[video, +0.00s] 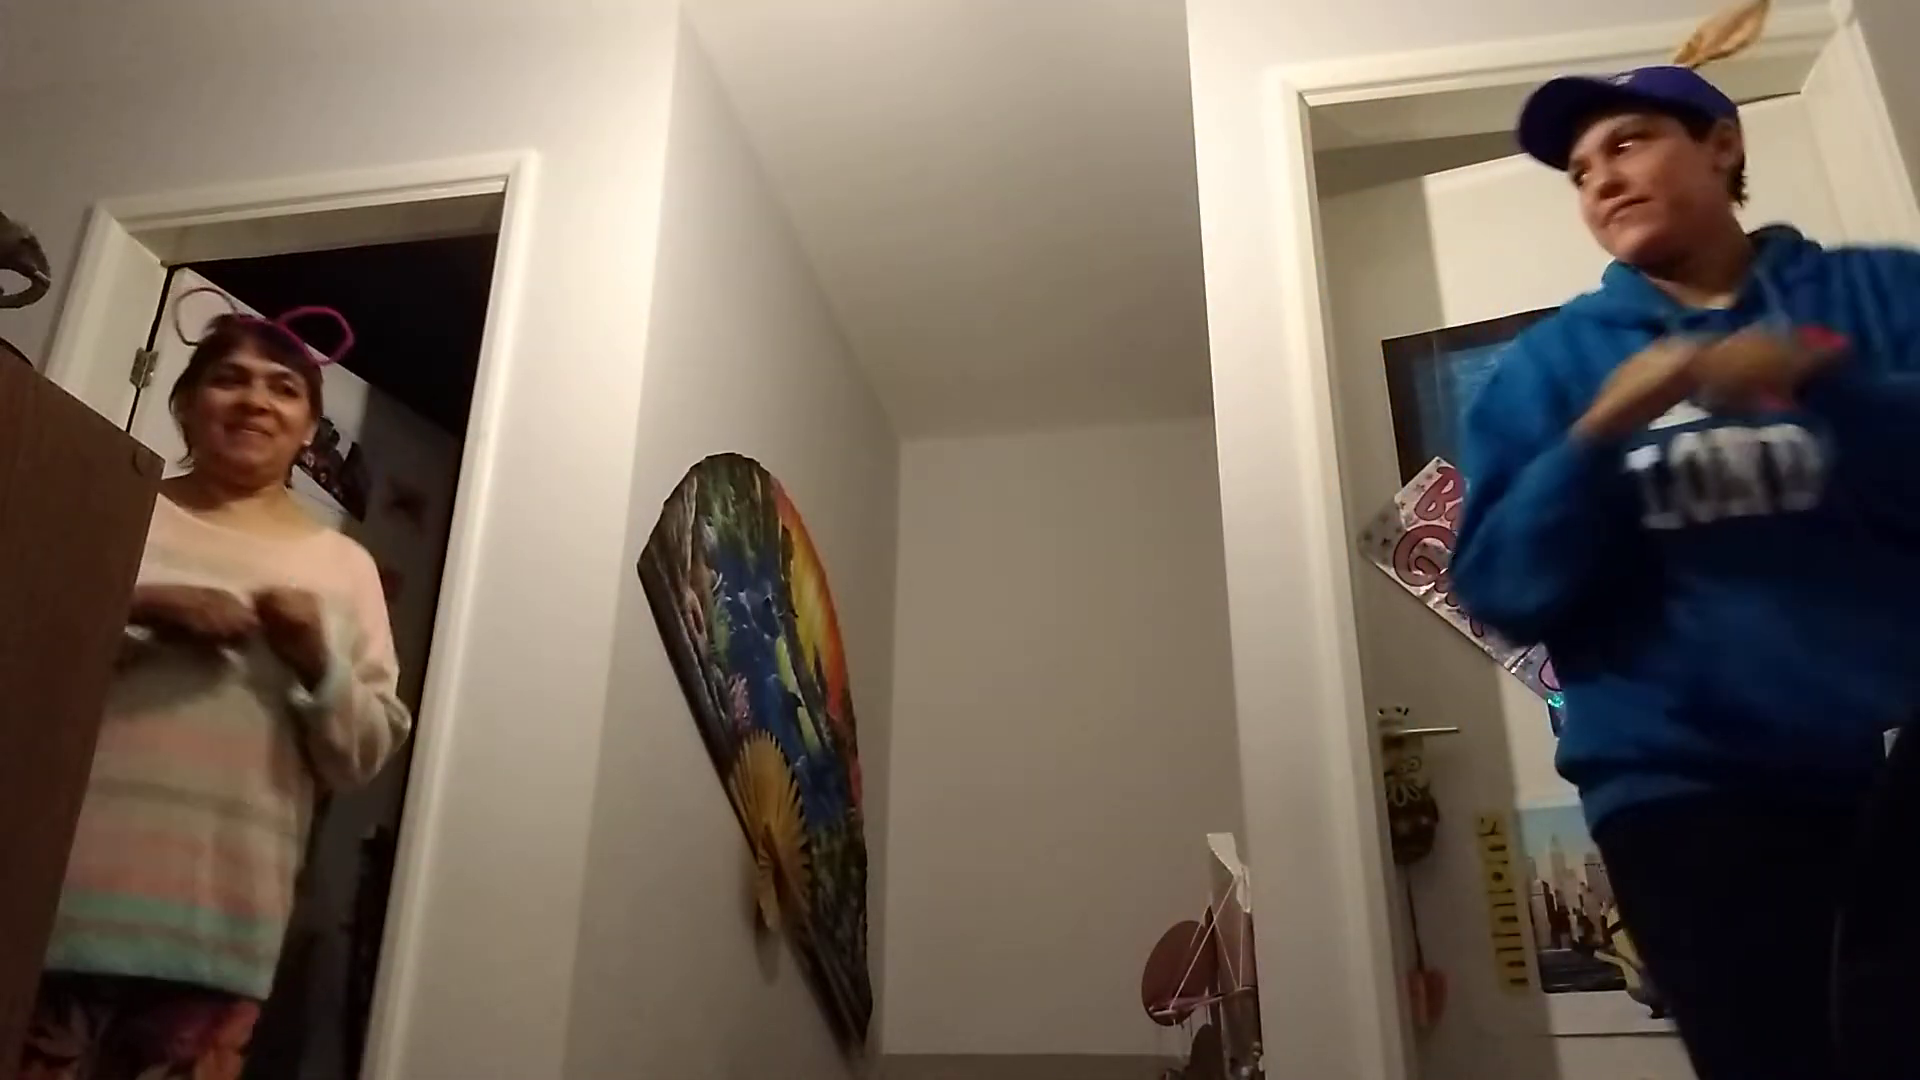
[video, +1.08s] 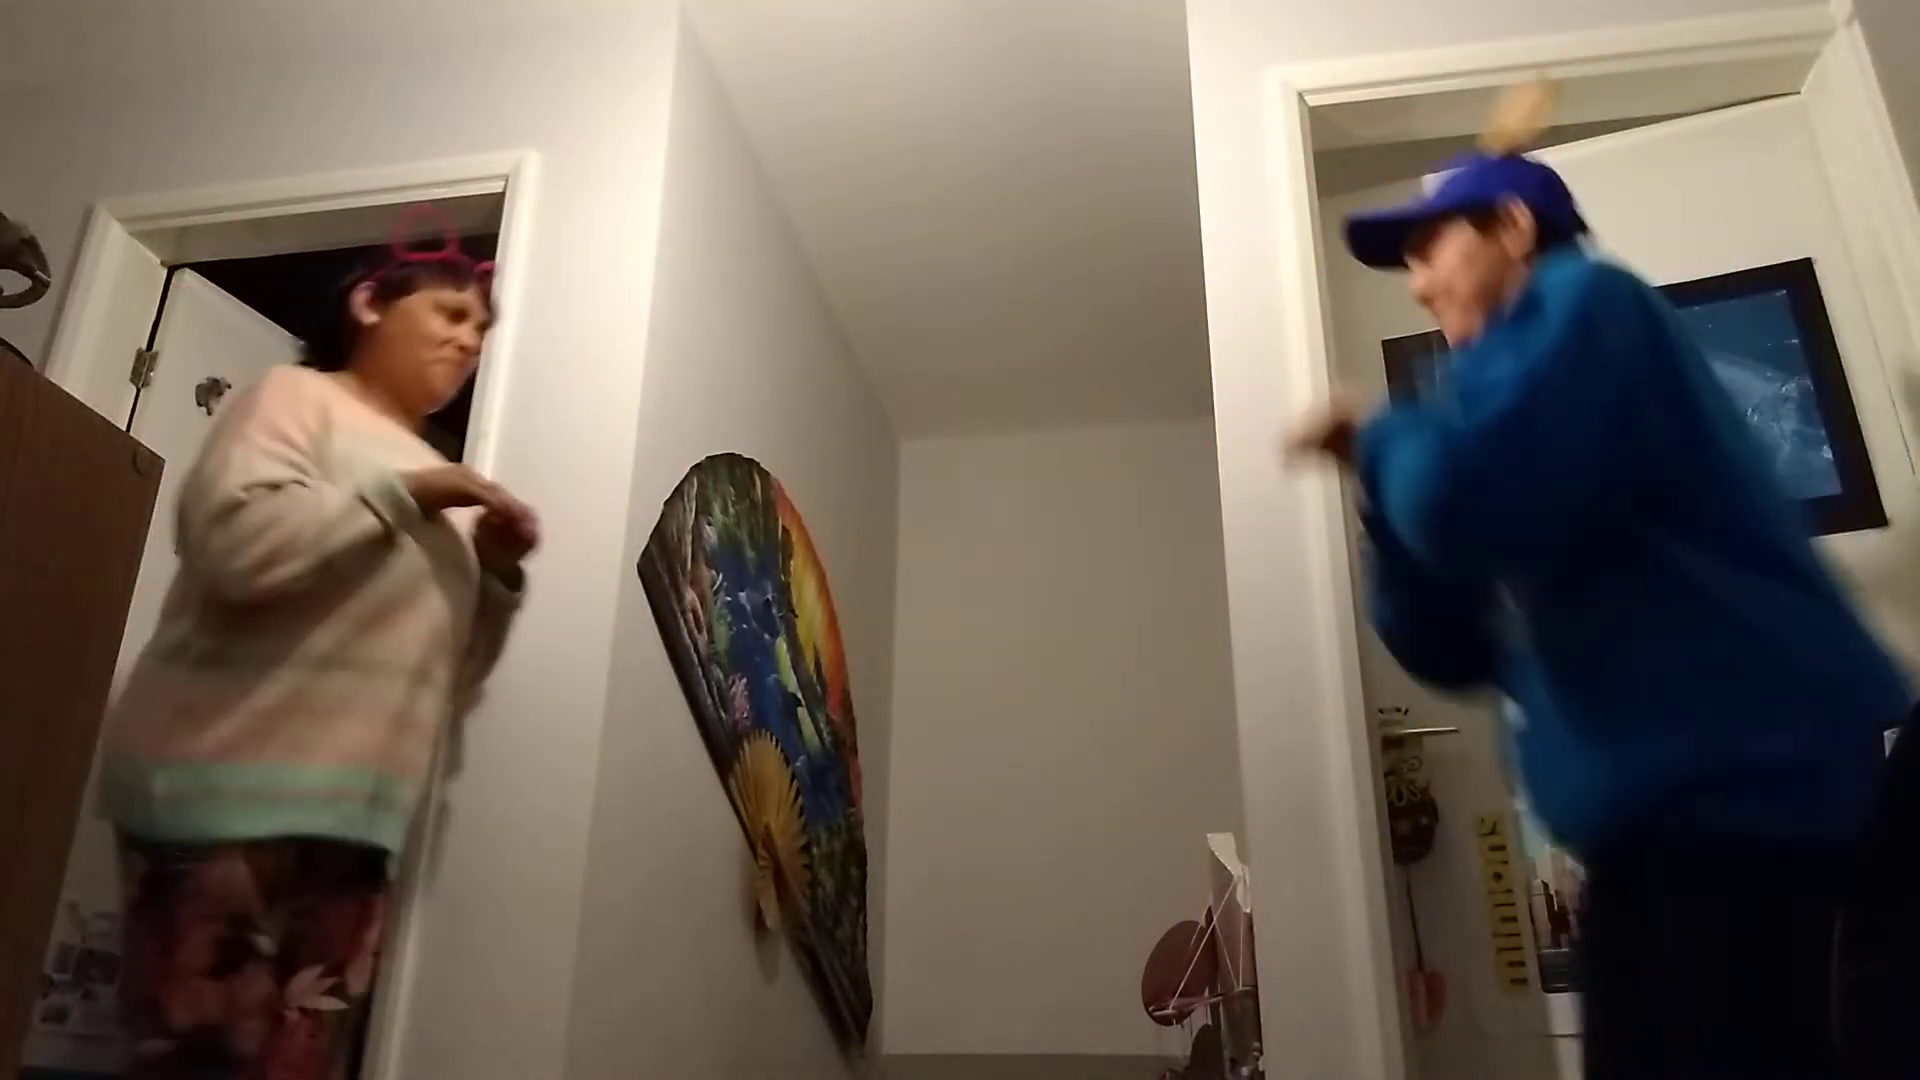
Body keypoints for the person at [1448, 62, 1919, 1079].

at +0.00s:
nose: (1601, 175)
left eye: (1629, 142)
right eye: (1582, 169)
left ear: (1721, 148)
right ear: (1580, 209)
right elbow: (1499, 589)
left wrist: (1819, 379)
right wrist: (1598, 429)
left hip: (1887, 761)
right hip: (1682, 793)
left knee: (1890, 1043)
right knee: (1768, 1055)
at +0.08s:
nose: (1576, 188)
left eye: (1603, 151)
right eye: (1561, 178)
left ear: (1701, 147)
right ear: (1562, 213)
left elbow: (1913, 429)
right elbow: (1505, 626)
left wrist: (1750, 400)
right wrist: (1535, 500)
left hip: (1884, 752)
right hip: (1682, 789)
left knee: (1889, 1037)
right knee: (1763, 1055)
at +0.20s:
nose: (1557, 202)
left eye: (1581, 167)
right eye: (1548, 191)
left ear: (1677, 159)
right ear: (1554, 222)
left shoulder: (1818, 258)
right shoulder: (1568, 380)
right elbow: (1585, 650)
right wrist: (1527, 566)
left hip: (1856, 765)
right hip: (1669, 798)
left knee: (1876, 1048)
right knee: (1743, 1057)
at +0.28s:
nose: (1562, 213)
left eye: (1580, 176)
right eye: (1551, 201)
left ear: (1678, 157)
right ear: (1558, 227)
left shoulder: (1794, 252)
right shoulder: (1599, 372)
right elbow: (1616, 598)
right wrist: (1533, 557)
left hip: (1816, 766)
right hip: (1662, 791)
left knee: (1842, 1048)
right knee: (1734, 1053)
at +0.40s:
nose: (1566, 217)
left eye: (1583, 180)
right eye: (1554, 203)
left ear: (1676, 154)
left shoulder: (1767, 249)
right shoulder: (1626, 353)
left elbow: (1712, 481)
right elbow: (1592, 622)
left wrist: (1525, 446)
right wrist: (1518, 516)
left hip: (1818, 780)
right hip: (1702, 797)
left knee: (1836, 1053)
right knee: (1772, 1054)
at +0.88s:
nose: (1482, 246)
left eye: (1497, 209)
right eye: (1473, 227)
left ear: (1580, 186)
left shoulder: (1657, 258)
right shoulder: (1583, 348)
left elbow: (1578, 470)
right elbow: (1566, 635)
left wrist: (1458, 411)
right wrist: (1480, 471)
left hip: (1820, 773)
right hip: (1739, 787)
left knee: (1787, 1048)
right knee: (1755, 1048)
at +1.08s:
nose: (1416, 283)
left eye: (1432, 248)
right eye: (1409, 263)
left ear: (1512, 228)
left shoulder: (1586, 301)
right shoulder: (1487, 383)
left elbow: (1457, 503)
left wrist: (1376, 432)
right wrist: (1386, 483)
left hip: (1755, 783)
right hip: (1652, 806)